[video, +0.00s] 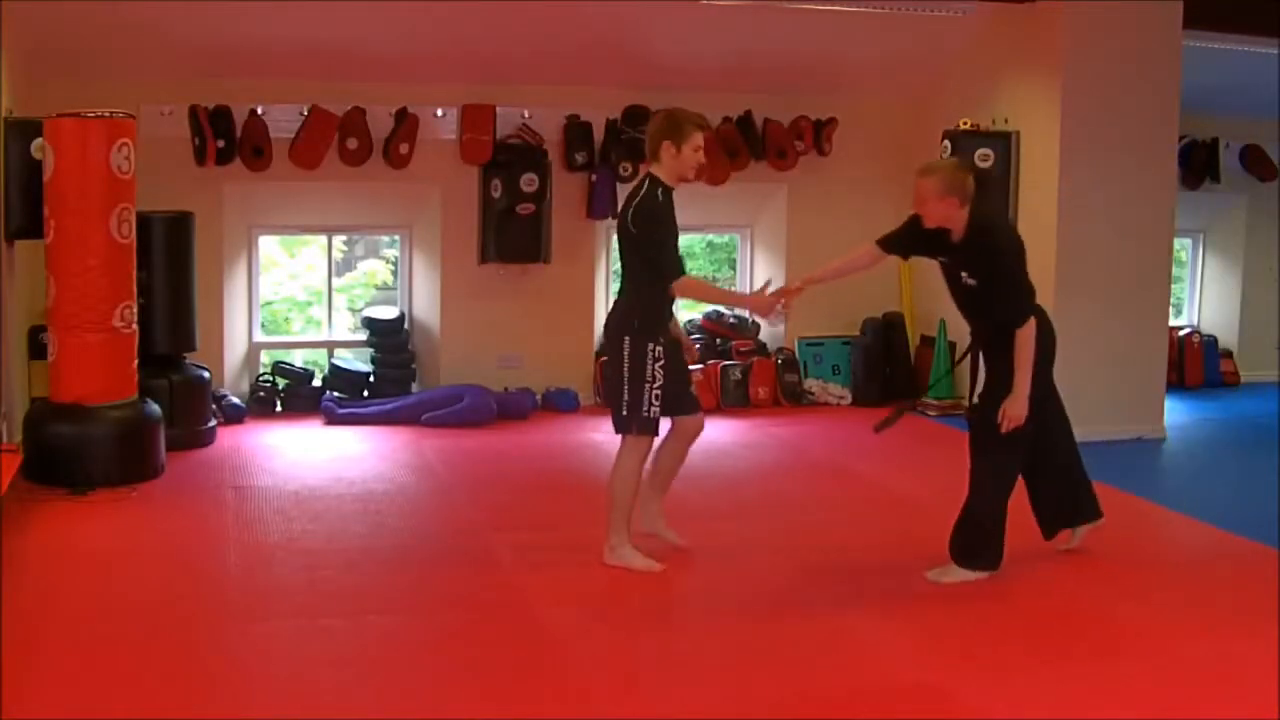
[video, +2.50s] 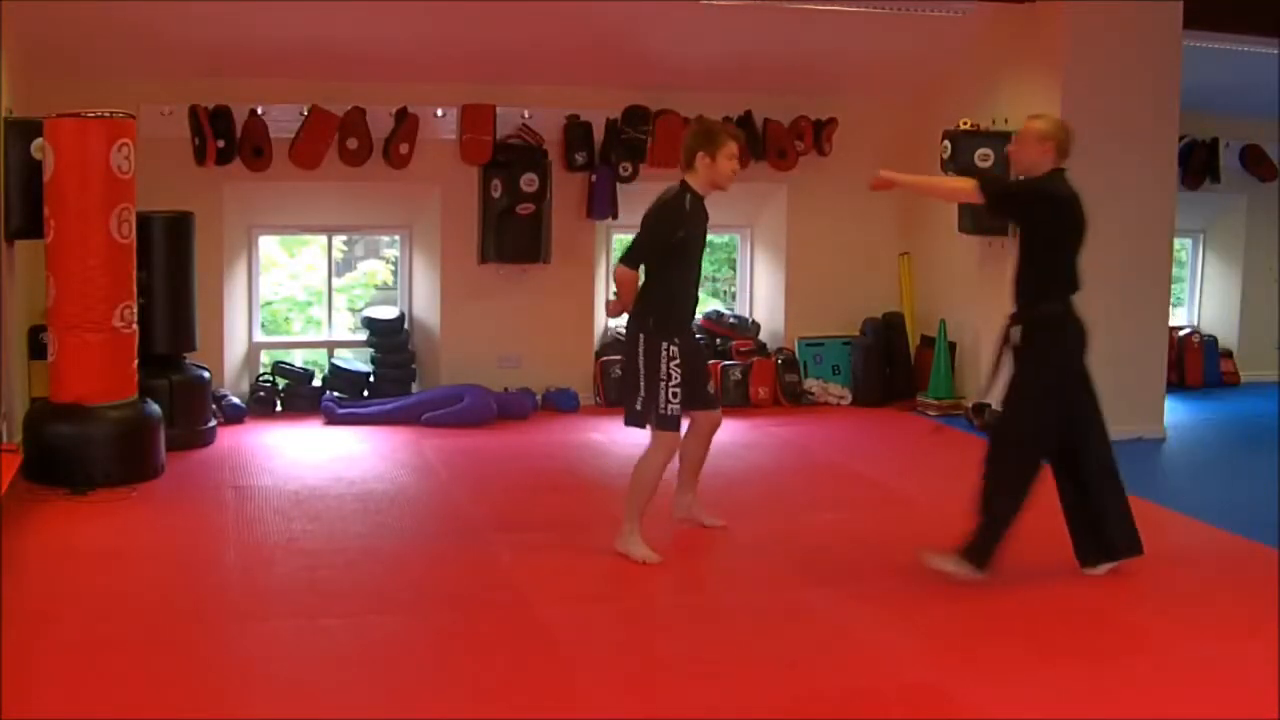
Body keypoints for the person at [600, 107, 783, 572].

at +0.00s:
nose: (702, 159)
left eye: (703, 150)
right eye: (696, 149)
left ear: (668, 151)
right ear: (668, 149)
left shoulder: (652, 195)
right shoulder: (651, 199)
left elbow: (649, 284)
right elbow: (679, 284)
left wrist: (675, 331)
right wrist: (748, 301)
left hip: (655, 329)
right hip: (635, 329)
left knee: (688, 422)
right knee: (639, 435)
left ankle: (648, 515)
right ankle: (617, 543)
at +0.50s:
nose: (720, 156)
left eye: (721, 148)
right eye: (712, 148)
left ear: (697, 154)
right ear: (685, 151)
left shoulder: (682, 196)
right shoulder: (675, 197)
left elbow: (674, 283)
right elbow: (703, 274)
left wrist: (695, 335)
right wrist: (770, 283)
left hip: (679, 327)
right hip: (657, 327)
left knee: (692, 428)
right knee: (656, 435)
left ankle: (691, 524)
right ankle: (625, 538)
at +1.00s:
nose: (707, 154)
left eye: (707, 146)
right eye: (699, 146)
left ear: (684, 152)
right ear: (672, 151)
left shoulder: (679, 201)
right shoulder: (654, 202)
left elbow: (669, 278)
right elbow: (628, 279)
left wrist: (679, 337)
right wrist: (628, 349)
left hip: (678, 332)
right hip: (652, 333)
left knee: (686, 429)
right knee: (642, 434)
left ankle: (690, 523)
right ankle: (602, 524)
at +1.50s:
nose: (687, 153)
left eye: (687, 145)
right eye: (679, 145)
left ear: (661, 152)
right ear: (652, 150)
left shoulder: (663, 201)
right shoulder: (632, 202)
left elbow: (642, 271)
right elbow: (595, 277)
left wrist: (603, 309)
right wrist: (601, 312)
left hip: (659, 329)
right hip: (628, 329)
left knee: (676, 420)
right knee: (618, 429)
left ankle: (656, 517)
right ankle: (599, 527)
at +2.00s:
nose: (706, 151)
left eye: (706, 144)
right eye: (698, 144)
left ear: (683, 151)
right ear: (670, 149)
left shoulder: (682, 199)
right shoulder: (653, 196)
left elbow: (667, 268)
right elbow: (623, 272)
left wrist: (628, 299)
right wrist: (623, 305)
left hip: (678, 326)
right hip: (654, 326)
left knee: (675, 426)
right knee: (659, 430)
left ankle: (657, 517)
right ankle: (607, 514)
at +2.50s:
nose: (738, 168)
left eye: (739, 160)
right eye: (732, 159)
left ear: (707, 161)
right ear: (703, 158)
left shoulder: (697, 206)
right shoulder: (672, 204)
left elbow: (666, 266)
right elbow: (625, 268)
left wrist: (631, 298)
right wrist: (626, 301)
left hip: (680, 333)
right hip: (656, 334)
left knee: (708, 417)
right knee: (666, 438)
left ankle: (685, 504)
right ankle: (629, 532)